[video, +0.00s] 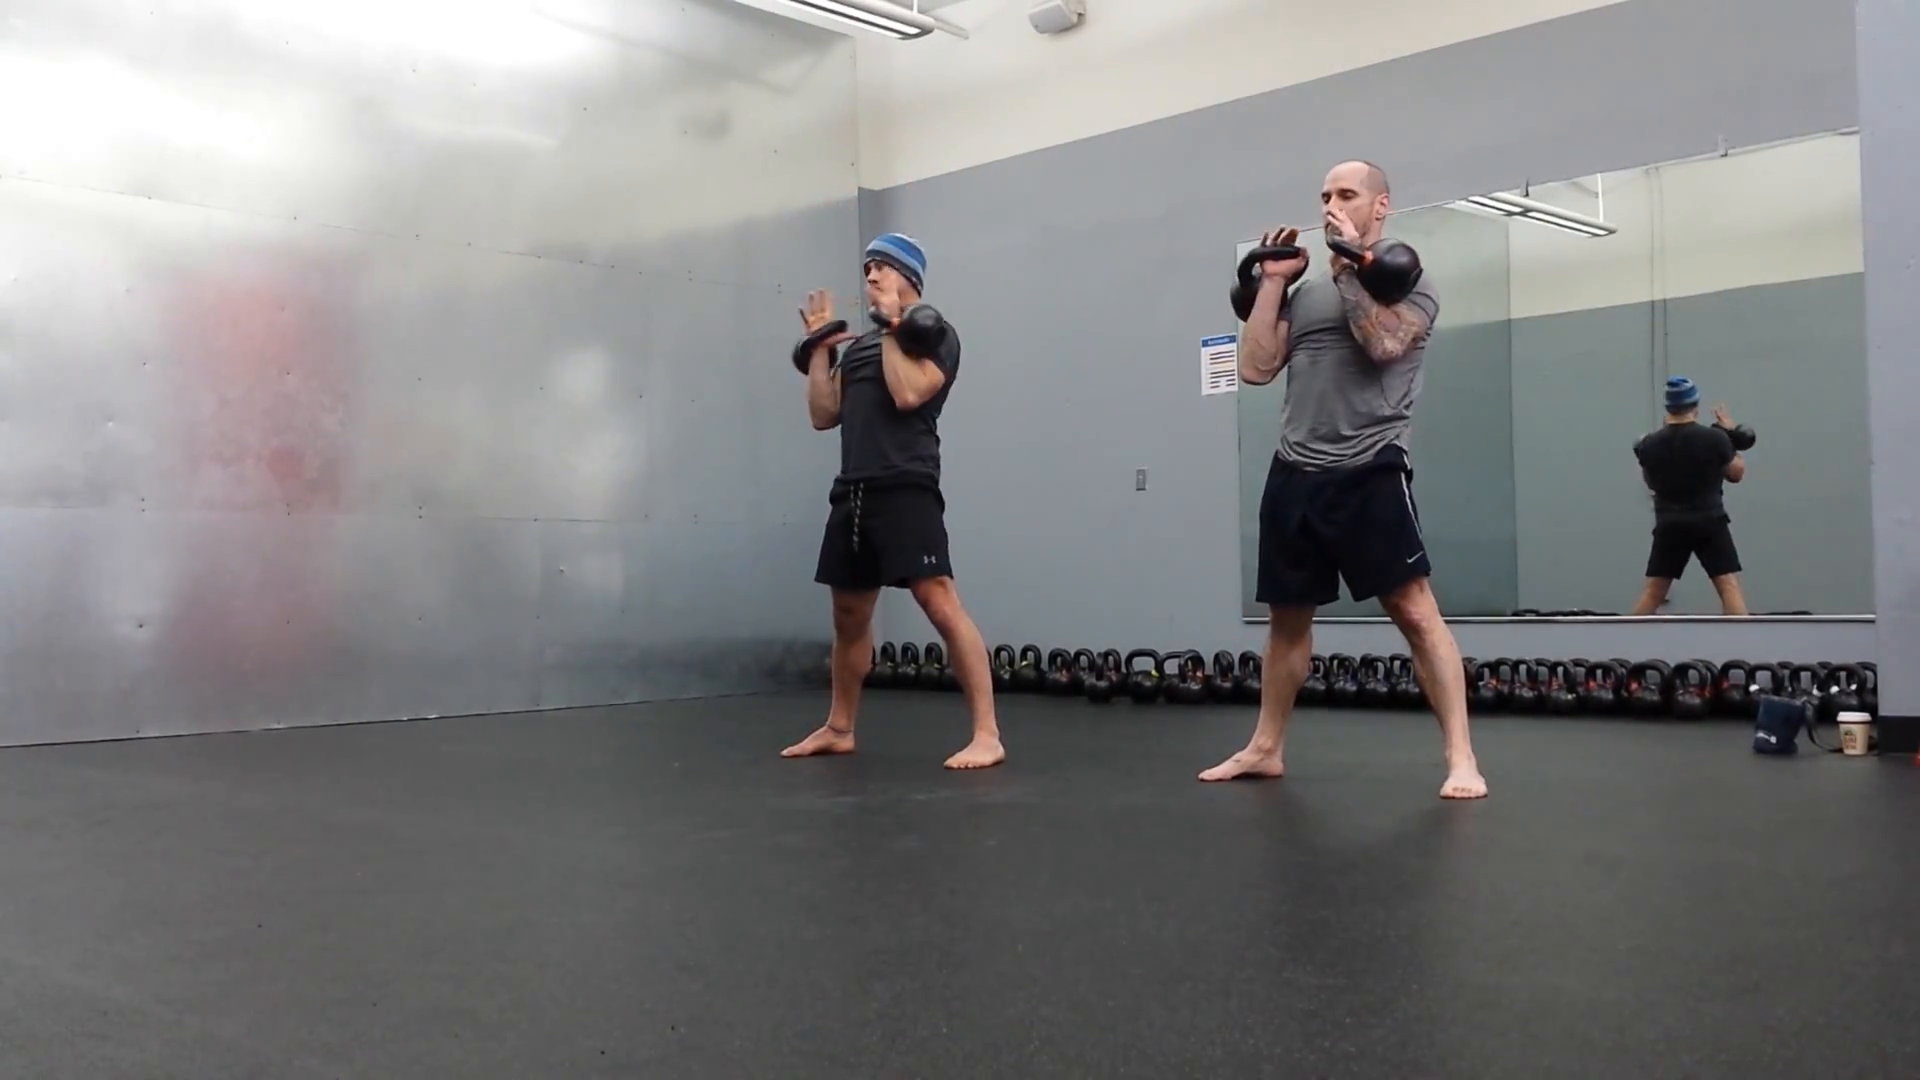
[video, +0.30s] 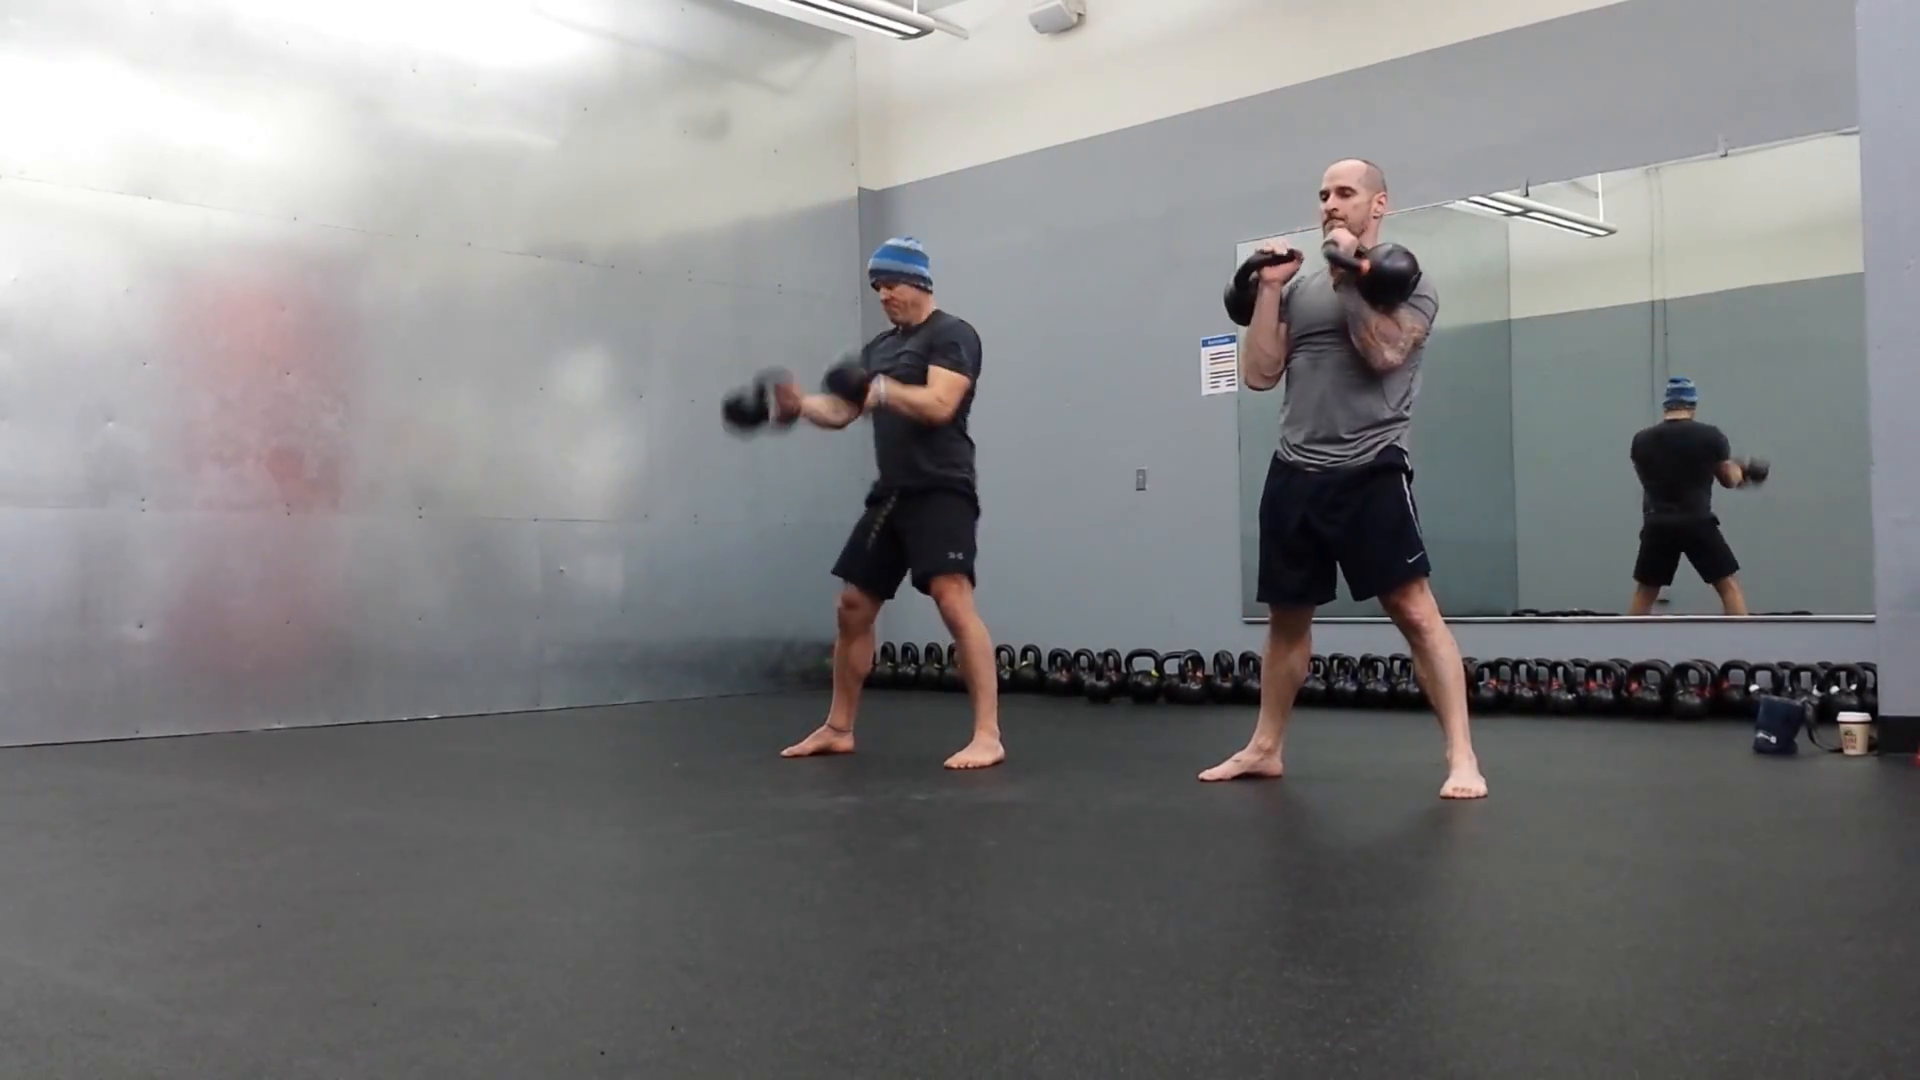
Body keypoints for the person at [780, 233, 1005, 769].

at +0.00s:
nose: (869, 275)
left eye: (879, 267)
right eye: (867, 269)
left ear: (910, 278)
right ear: (869, 282)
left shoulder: (936, 334)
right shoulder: (858, 347)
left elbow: (910, 393)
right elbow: (824, 415)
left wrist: (891, 325)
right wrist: (820, 347)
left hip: (908, 492)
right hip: (852, 494)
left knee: (942, 608)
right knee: (849, 618)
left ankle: (987, 736)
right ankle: (839, 727)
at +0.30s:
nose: (887, 297)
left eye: (896, 286)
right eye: (881, 288)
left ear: (924, 285)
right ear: (878, 290)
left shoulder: (955, 337)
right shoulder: (877, 348)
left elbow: (940, 405)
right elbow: (842, 410)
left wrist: (885, 389)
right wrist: (801, 404)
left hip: (942, 492)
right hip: (891, 494)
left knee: (953, 598)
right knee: (854, 607)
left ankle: (987, 736)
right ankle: (838, 728)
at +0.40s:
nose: (875, 308)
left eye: (883, 298)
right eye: (870, 299)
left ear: (912, 294)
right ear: (871, 301)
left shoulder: (954, 345)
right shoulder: (875, 358)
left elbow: (945, 420)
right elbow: (843, 420)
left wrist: (883, 441)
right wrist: (805, 452)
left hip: (955, 494)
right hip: (904, 499)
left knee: (957, 598)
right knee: (852, 606)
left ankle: (987, 737)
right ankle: (838, 727)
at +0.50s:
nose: (850, 331)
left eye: (858, 319)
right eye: (845, 321)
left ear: (889, 316)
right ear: (846, 324)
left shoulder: (931, 364)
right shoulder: (857, 383)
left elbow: (934, 451)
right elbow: (846, 457)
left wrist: (888, 508)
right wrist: (826, 519)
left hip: (960, 501)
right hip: (908, 511)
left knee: (961, 597)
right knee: (841, 606)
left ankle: (989, 736)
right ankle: (837, 727)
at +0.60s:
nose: (814, 365)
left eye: (822, 352)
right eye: (809, 355)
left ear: (852, 347)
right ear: (813, 358)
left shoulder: (905, 399)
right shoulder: (831, 414)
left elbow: (927, 489)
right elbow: (845, 494)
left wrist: (909, 559)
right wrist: (861, 563)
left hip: (955, 510)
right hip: (898, 517)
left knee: (960, 598)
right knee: (825, 608)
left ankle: (989, 736)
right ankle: (836, 727)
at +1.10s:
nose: (861, 290)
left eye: (872, 280)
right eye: (858, 281)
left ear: (901, 288)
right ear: (857, 293)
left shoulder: (928, 351)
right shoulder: (862, 364)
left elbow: (915, 443)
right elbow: (849, 443)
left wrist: (884, 505)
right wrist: (843, 514)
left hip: (940, 493)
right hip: (888, 494)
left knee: (952, 596)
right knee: (838, 600)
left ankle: (989, 734)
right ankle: (837, 725)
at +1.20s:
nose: (897, 292)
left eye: (907, 281)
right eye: (894, 283)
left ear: (937, 287)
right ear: (896, 290)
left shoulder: (965, 341)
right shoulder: (893, 352)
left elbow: (921, 400)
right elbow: (852, 405)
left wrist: (863, 434)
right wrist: (819, 441)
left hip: (934, 492)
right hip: (881, 491)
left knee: (953, 603)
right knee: (863, 609)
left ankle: (986, 735)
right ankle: (840, 726)